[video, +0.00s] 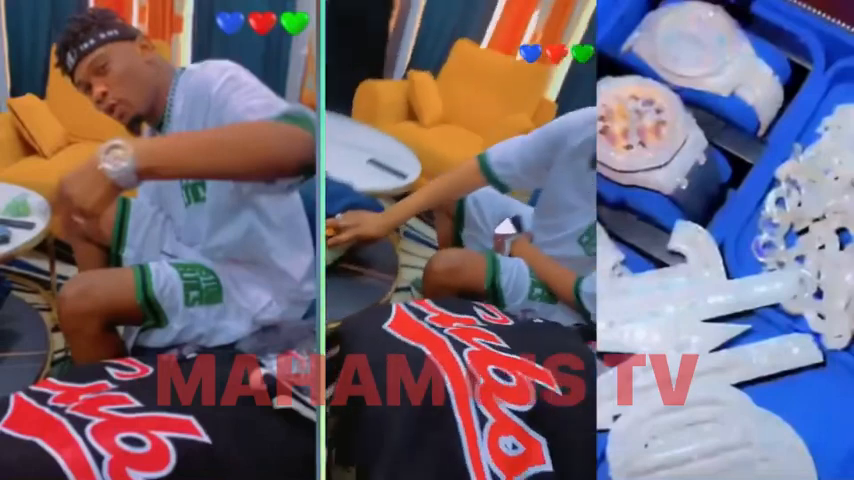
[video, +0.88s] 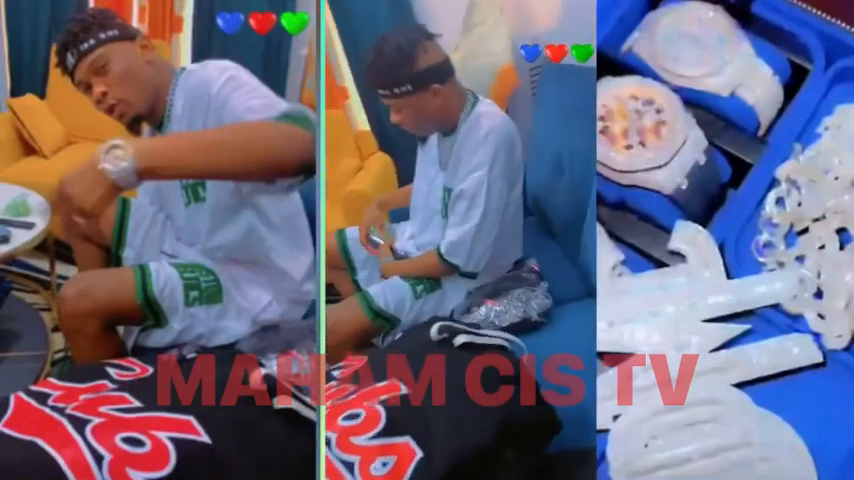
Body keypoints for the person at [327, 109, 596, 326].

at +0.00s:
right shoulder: (587, 128)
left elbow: (592, 299)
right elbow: (485, 168)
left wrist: (526, 251)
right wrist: (387, 219)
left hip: (575, 291)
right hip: (539, 235)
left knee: (443, 267)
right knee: (447, 197)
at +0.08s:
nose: (566, 137)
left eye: (585, 131)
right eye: (568, 120)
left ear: (612, 142)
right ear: (566, 107)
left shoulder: (626, 197)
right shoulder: (554, 132)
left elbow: (581, 299)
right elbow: (463, 179)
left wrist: (510, 258)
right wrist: (373, 234)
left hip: (558, 289)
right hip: (524, 241)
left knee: (431, 283)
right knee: (434, 210)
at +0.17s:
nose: (546, 143)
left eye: (566, 135)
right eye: (549, 126)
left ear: (602, 143)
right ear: (547, 114)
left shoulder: (612, 203)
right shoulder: (539, 138)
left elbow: (568, 297)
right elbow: (455, 184)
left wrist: (499, 263)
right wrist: (371, 238)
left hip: (552, 297)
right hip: (516, 250)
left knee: (424, 289)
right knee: (429, 218)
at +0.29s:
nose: (505, 160)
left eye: (517, 154)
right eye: (505, 148)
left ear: (564, 157)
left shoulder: (589, 213)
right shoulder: (521, 149)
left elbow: (539, 294)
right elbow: (454, 188)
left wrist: (469, 266)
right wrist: (392, 221)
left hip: (523, 296)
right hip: (488, 248)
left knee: (401, 295)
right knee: (403, 229)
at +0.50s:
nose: (464, 148)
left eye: (470, 143)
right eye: (463, 140)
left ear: (516, 148)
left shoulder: (567, 175)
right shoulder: (500, 134)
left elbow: (506, 282)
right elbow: (478, 186)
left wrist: (434, 261)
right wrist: (428, 194)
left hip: (493, 286)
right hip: (461, 239)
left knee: (366, 297)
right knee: (367, 226)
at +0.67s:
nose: (430, 134)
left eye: (434, 126)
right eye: (427, 125)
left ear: (475, 125)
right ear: (477, 122)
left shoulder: (530, 155)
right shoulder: (478, 136)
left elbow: (488, 272)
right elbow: (467, 186)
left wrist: (413, 266)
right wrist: (420, 194)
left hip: (477, 281)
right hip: (444, 236)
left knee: (343, 315)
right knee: (347, 241)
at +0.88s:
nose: (393, 119)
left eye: (397, 109)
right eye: (390, 109)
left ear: (435, 94)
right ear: (435, 94)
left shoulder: (489, 136)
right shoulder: (439, 119)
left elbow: (459, 258)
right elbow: (433, 186)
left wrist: (390, 268)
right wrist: (381, 204)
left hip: (462, 276)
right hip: (422, 237)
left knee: (333, 327)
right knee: (330, 252)